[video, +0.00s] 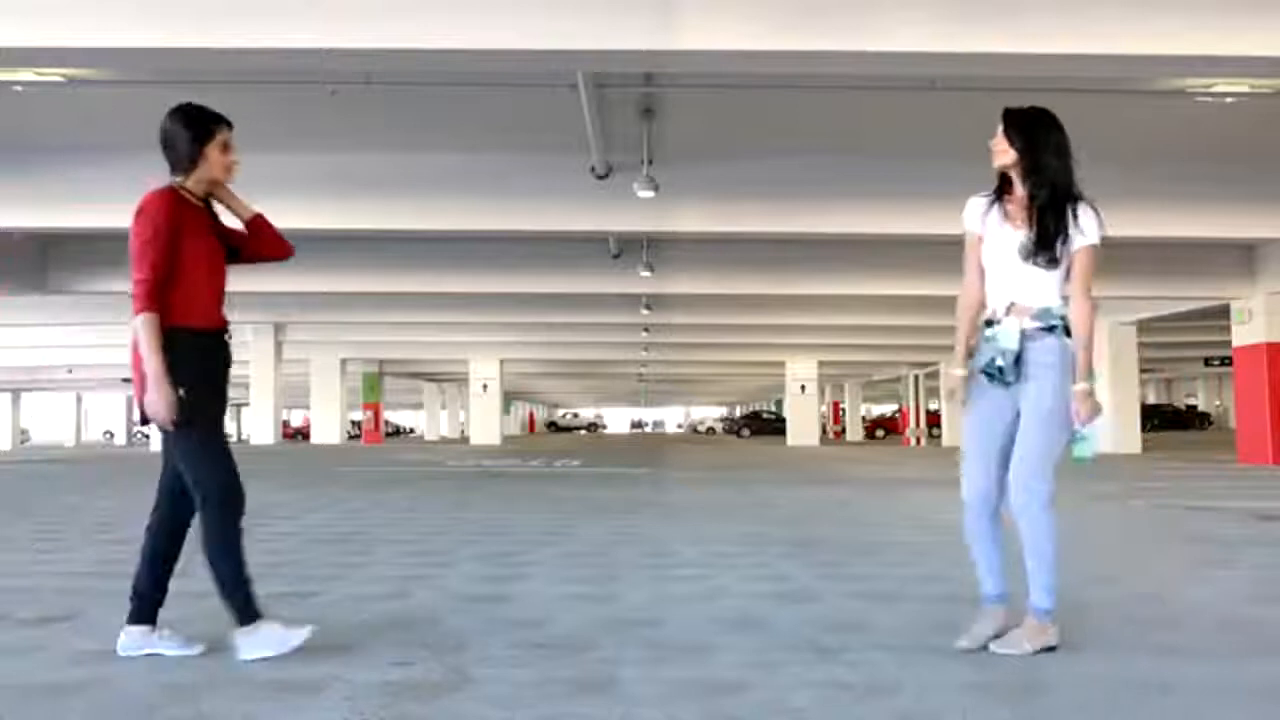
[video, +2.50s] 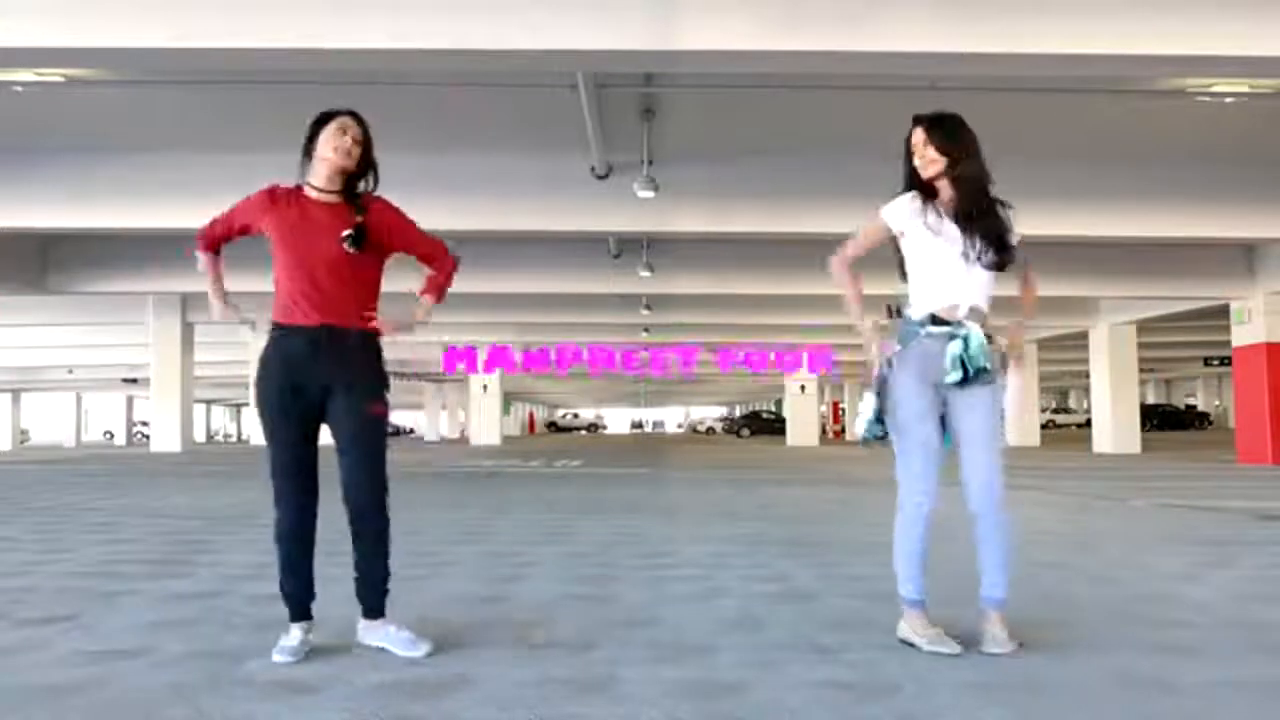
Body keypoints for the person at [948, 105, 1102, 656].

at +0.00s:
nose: (994, 144)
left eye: (1004, 137)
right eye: (996, 136)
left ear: (1030, 148)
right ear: (1009, 148)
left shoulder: (1076, 216)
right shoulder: (982, 209)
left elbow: (1080, 299)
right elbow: (972, 289)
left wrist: (1083, 380)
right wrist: (961, 354)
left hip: (1046, 350)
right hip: (992, 350)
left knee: (1029, 486)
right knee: (976, 487)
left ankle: (1041, 618)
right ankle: (995, 605)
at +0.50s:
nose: (976, 148)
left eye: (985, 142)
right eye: (965, 140)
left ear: (996, 158)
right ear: (944, 152)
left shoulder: (1006, 225)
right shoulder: (919, 213)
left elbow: (1025, 306)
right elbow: (911, 298)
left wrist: (1059, 381)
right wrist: (914, 372)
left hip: (1007, 358)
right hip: (943, 359)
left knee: (1005, 493)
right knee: (960, 498)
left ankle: (1022, 618)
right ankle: (915, 612)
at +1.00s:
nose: (926, 157)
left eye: (932, 145)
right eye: (913, 154)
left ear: (951, 152)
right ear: (905, 171)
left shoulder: (960, 222)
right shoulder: (919, 218)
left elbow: (964, 308)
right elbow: (926, 304)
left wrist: (989, 376)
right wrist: (949, 381)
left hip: (967, 358)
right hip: (929, 358)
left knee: (1000, 486)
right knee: (932, 497)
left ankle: (972, 614)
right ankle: (914, 616)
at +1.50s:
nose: (930, 164)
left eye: (934, 152)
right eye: (915, 163)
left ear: (949, 158)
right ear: (904, 180)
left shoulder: (952, 226)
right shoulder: (921, 223)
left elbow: (954, 309)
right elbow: (940, 307)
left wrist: (972, 379)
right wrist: (972, 383)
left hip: (958, 365)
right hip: (923, 365)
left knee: (994, 488)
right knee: (936, 492)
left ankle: (971, 615)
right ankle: (916, 615)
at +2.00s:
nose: (938, 165)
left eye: (942, 154)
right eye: (924, 162)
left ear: (956, 160)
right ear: (911, 176)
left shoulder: (942, 225)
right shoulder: (926, 212)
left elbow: (953, 319)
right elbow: (939, 300)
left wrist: (987, 394)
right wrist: (963, 378)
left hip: (955, 369)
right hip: (926, 368)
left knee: (998, 492)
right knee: (955, 502)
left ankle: (971, 617)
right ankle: (917, 616)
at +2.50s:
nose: (920, 160)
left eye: (928, 150)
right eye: (914, 152)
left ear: (956, 150)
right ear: (914, 158)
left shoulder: (991, 215)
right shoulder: (907, 210)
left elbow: (1028, 285)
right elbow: (842, 260)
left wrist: (1014, 329)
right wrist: (866, 323)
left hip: (976, 354)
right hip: (917, 350)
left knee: (986, 490)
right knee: (918, 488)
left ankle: (993, 614)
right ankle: (912, 613)